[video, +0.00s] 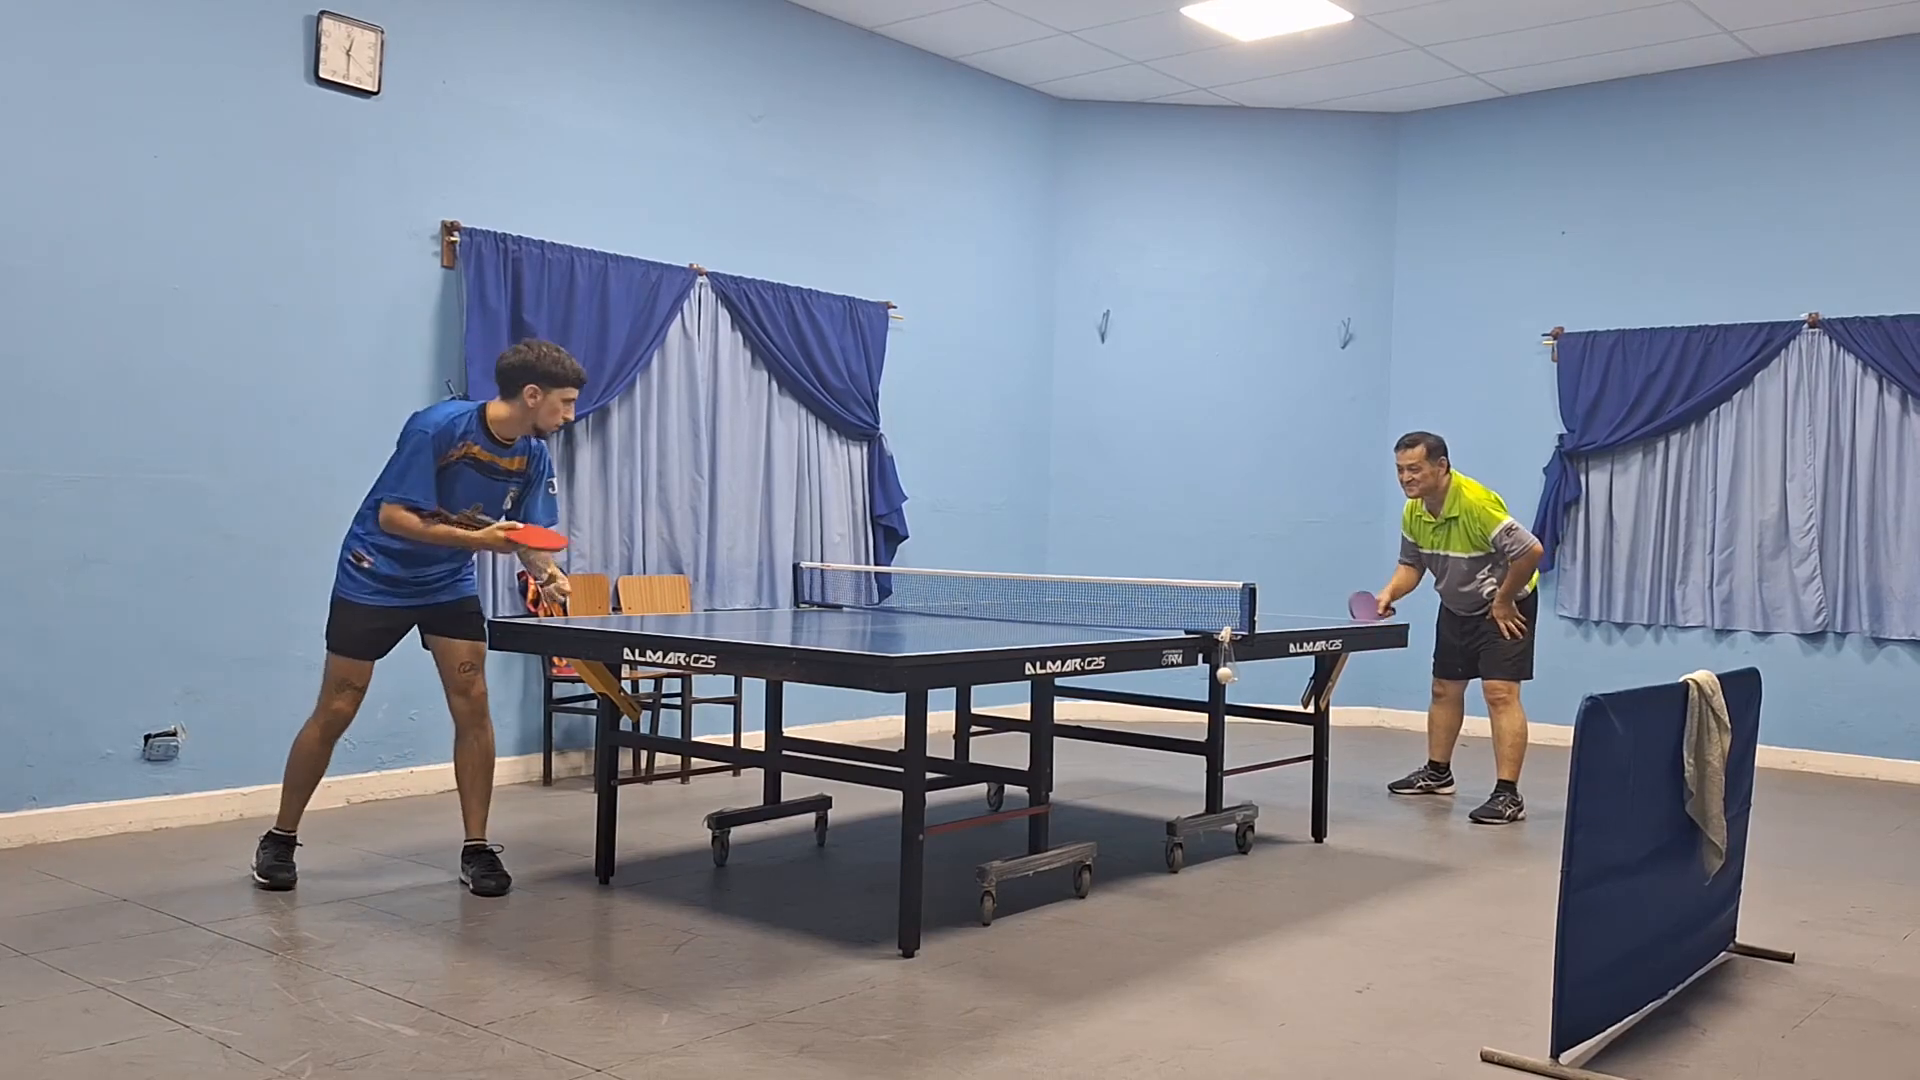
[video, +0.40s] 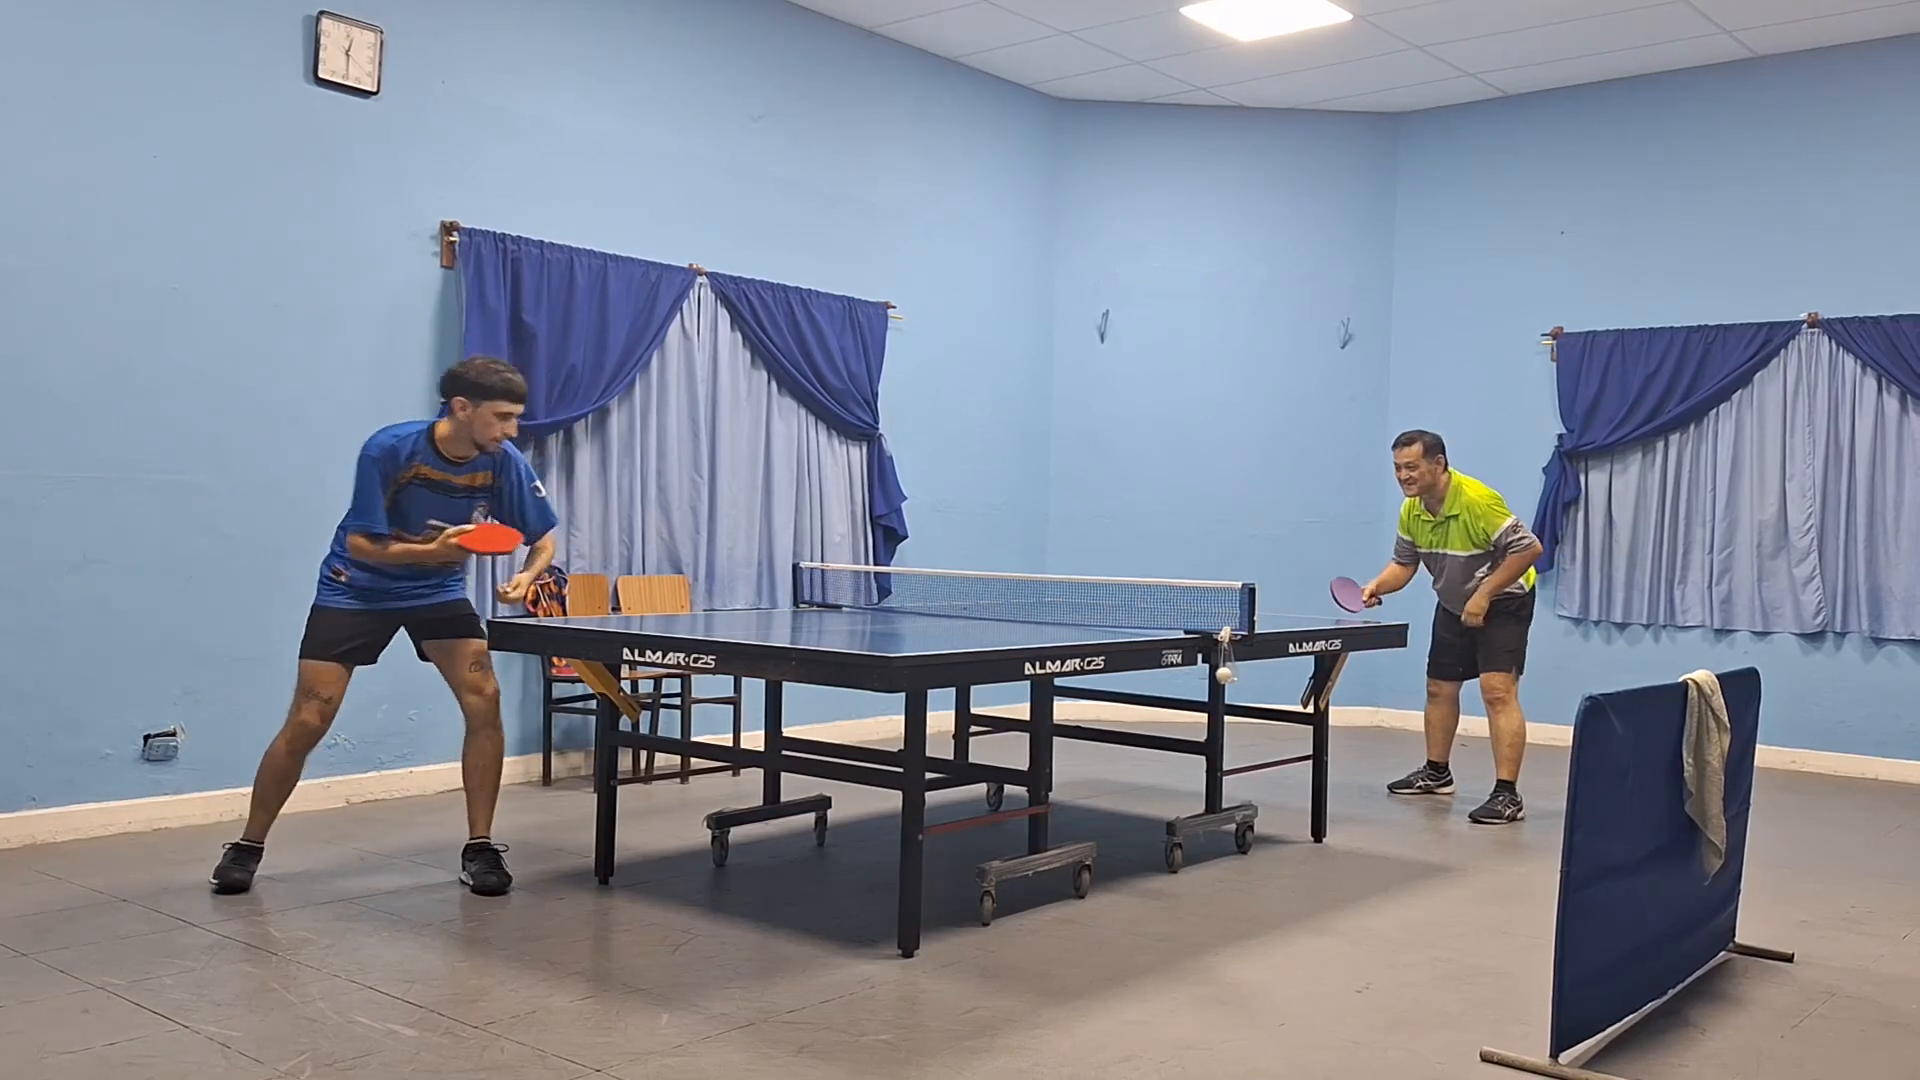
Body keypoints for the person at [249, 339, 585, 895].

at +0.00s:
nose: (570, 416)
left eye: (574, 404)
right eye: (566, 403)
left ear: (536, 399)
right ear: (531, 395)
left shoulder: (534, 458)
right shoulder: (436, 429)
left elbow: (528, 536)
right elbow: (391, 516)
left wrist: (547, 574)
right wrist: (472, 540)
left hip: (449, 580)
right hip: (374, 577)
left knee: (471, 696)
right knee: (337, 709)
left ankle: (477, 847)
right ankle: (281, 839)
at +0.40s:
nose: (512, 431)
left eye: (516, 419)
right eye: (503, 417)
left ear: (512, 417)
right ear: (461, 408)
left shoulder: (504, 462)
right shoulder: (387, 451)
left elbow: (545, 537)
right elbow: (361, 546)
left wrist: (529, 573)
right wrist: (432, 554)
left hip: (436, 590)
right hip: (354, 590)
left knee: (483, 695)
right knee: (310, 719)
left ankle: (480, 847)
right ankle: (248, 845)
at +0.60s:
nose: (462, 397)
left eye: (466, 385)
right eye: (450, 385)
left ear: (466, 382)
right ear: (409, 378)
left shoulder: (468, 438)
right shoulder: (345, 428)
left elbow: (514, 513)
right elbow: (317, 522)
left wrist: (512, 547)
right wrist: (376, 531)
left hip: (416, 585)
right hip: (331, 584)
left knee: (454, 699)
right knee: (293, 714)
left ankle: (476, 847)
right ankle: (244, 847)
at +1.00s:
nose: (481, 457)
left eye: (487, 443)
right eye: (470, 443)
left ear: (493, 439)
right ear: (433, 437)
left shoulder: (486, 485)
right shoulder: (372, 476)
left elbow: (525, 550)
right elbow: (340, 574)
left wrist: (537, 563)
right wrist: (412, 566)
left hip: (416, 606)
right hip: (335, 607)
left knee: (473, 701)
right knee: (290, 733)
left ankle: (491, 846)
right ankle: (243, 849)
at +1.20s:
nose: (514, 530)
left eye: (518, 518)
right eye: (503, 518)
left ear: (522, 514)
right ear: (463, 509)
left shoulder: (507, 541)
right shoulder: (401, 537)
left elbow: (547, 593)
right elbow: (392, 645)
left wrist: (567, 599)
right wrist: (458, 625)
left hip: (437, 639)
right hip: (359, 639)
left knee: (508, 711)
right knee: (283, 758)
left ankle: (493, 849)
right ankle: (248, 850)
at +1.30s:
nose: (519, 552)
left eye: (524, 540)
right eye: (509, 540)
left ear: (528, 536)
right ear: (468, 531)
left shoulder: (507, 553)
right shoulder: (407, 555)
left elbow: (554, 594)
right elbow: (401, 662)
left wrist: (580, 605)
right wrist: (471, 641)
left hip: (441, 652)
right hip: (363, 653)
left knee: (517, 716)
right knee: (282, 769)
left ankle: (492, 850)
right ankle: (251, 852)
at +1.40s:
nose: (522, 562)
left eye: (527, 552)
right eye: (512, 551)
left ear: (528, 545)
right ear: (472, 541)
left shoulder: (513, 561)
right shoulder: (410, 564)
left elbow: (556, 596)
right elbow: (405, 671)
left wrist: (587, 607)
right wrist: (478, 647)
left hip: (440, 660)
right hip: (364, 660)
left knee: (519, 715)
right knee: (285, 776)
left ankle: (493, 849)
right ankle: (254, 850)